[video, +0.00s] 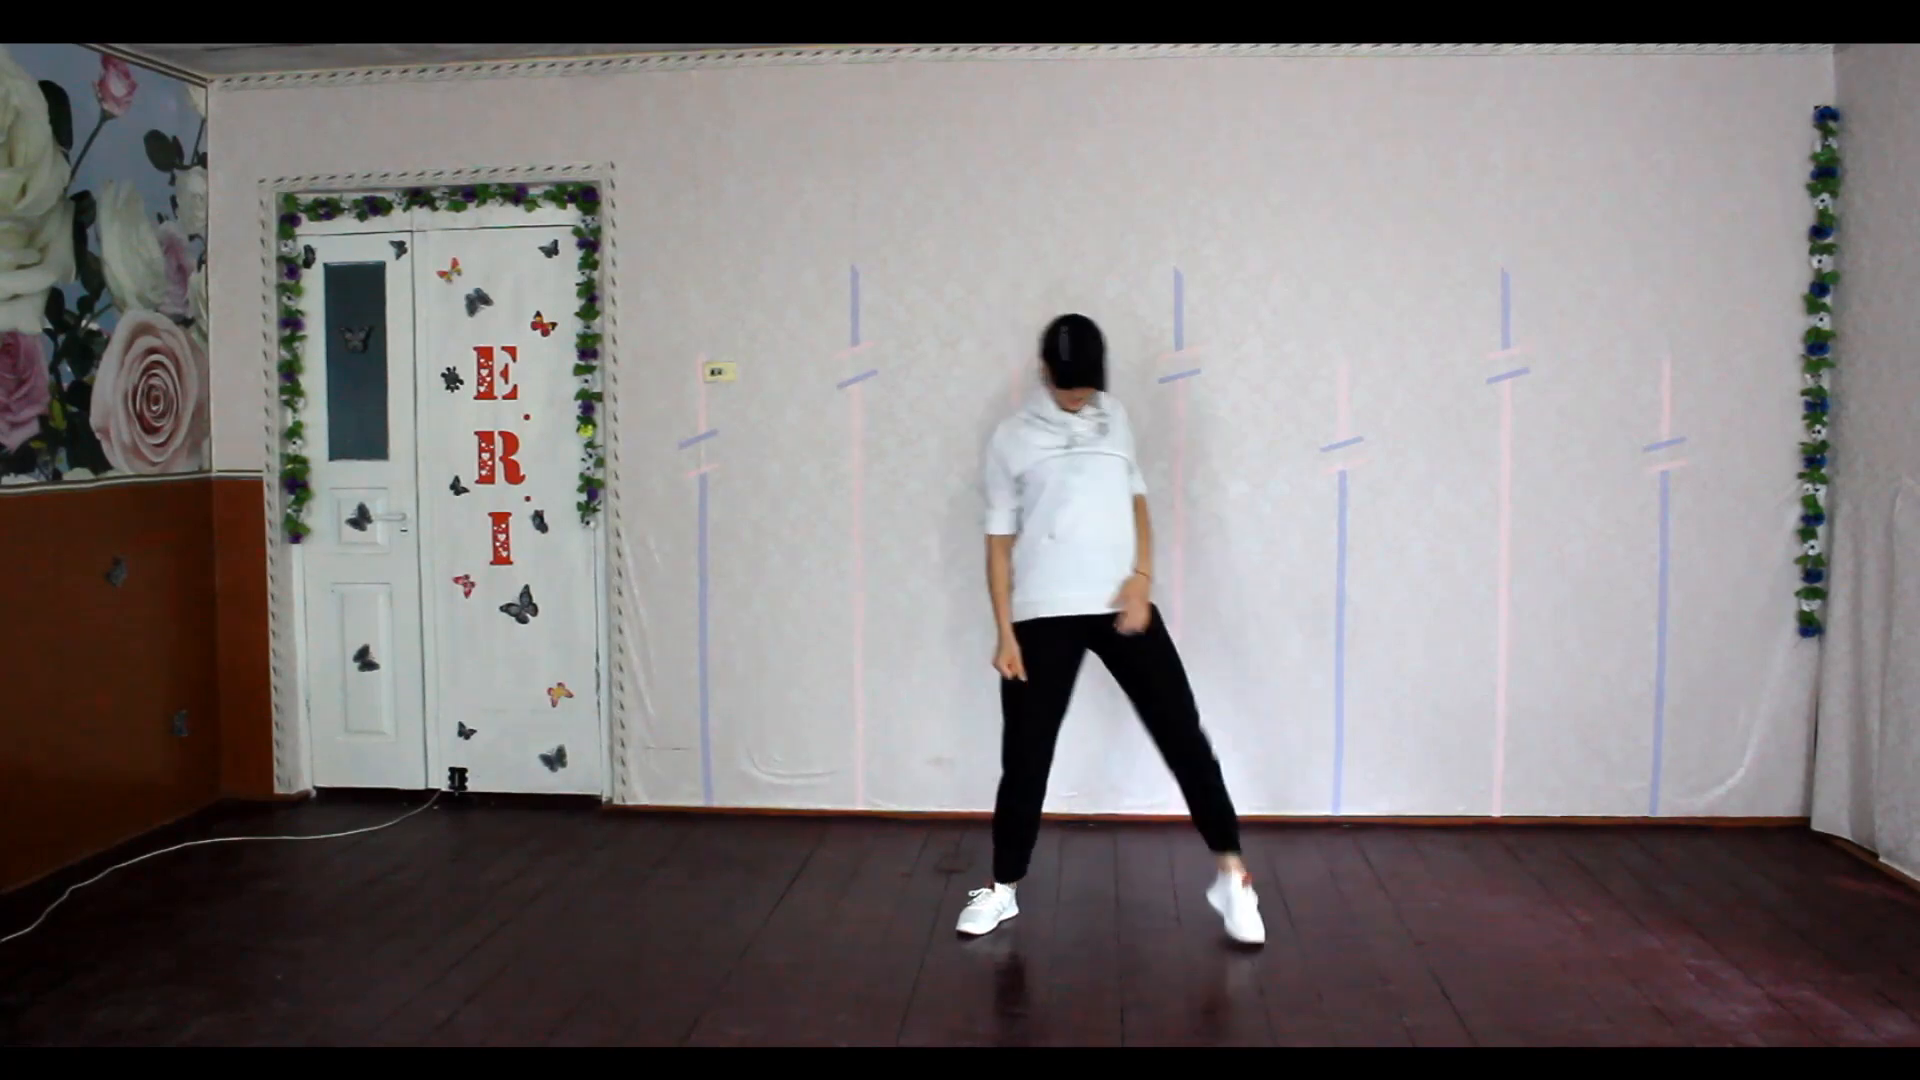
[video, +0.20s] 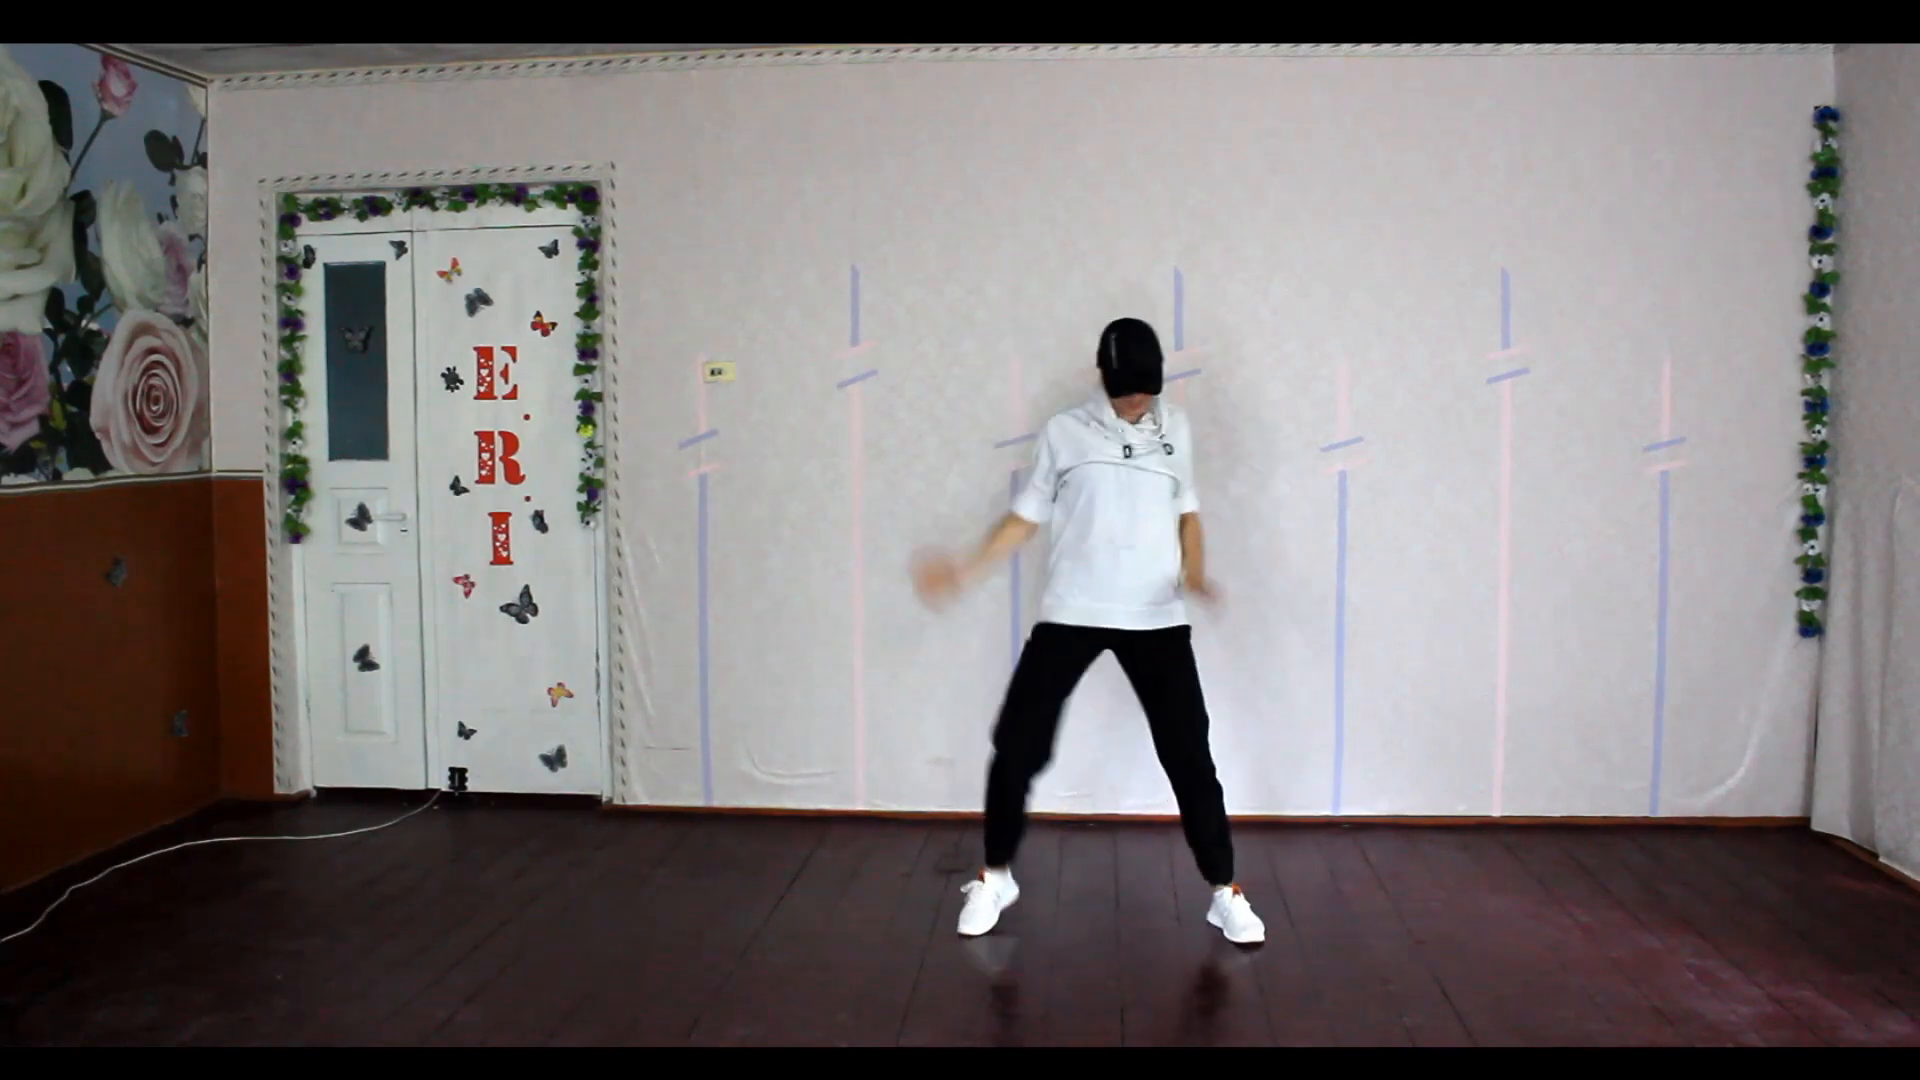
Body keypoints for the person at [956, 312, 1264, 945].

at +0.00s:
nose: (1081, 400)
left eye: (1090, 389)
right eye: (1070, 390)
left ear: (1102, 375)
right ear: (1047, 373)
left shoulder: (1113, 419)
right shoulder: (1012, 437)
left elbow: (1136, 502)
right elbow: (999, 542)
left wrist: (1141, 580)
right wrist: (1005, 632)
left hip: (1123, 611)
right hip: (1044, 619)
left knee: (1186, 743)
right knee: (1024, 761)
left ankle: (1236, 879)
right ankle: (1002, 888)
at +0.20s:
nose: (1133, 405)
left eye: (1143, 394)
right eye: (1122, 395)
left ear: (1159, 380)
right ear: (1103, 382)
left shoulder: (1174, 427)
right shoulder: (1066, 431)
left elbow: (1186, 505)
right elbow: (1026, 515)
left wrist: (1194, 572)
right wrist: (968, 570)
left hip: (1155, 618)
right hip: (1071, 616)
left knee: (1190, 756)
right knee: (1016, 744)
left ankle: (1225, 892)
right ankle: (995, 877)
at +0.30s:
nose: (1134, 410)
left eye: (1144, 399)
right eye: (1122, 399)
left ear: (1161, 383)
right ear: (1104, 383)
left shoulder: (1184, 426)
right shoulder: (1070, 426)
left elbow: (1207, 504)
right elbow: (1012, 496)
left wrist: (1214, 537)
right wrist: (962, 502)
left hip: (1155, 617)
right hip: (1071, 610)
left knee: (1191, 753)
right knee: (998, 727)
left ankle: (1225, 892)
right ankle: (985, 864)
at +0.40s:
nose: (1126, 453)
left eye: (1136, 443)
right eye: (1116, 442)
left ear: (1155, 424)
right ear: (1099, 423)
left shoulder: (1191, 460)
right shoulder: (1064, 455)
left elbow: (1248, 523)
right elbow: (975, 493)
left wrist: (1221, 591)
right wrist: (990, 548)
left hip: (1153, 634)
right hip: (1066, 628)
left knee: (1209, 761)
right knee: (986, 740)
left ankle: (1226, 892)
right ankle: (967, 874)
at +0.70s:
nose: (1108, 710)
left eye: (1120, 703)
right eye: (1096, 702)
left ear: (1143, 663)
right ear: (1076, 663)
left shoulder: (1165, 652)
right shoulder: (1041, 653)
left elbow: (1256, 694)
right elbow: (946, 686)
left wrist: (1212, 736)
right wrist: (964, 740)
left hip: (1139, 721)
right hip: (1052, 718)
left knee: (1213, 788)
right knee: (968, 785)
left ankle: (1224, 897)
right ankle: (967, 892)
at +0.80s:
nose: (1105, 631)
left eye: (1115, 623)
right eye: (1095, 623)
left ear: (1132, 602)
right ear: (1075, 602)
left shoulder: (1162, 608)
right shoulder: (1039, 612)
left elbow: (1241, 668)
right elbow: (948, 662)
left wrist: (1207, 739)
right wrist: (957, 737)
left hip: (1138, 701)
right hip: (1048, 700)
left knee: (1203, 784)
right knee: (964, 780)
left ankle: (1223, 897)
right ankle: (968, 893)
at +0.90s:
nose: (1093, 457)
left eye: (1102, 445)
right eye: (1082, 446)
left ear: (1118, 437)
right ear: (1065, 438)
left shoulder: (1145, 476)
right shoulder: (1031, 483)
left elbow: (1163, 578)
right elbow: (1000, 587)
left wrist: (1171, 668)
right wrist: (976, 684)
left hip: (1130, 646)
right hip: (1046, 643)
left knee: (1188, 762)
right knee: (978, 753)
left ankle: (1223, 890)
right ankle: (970, 889)